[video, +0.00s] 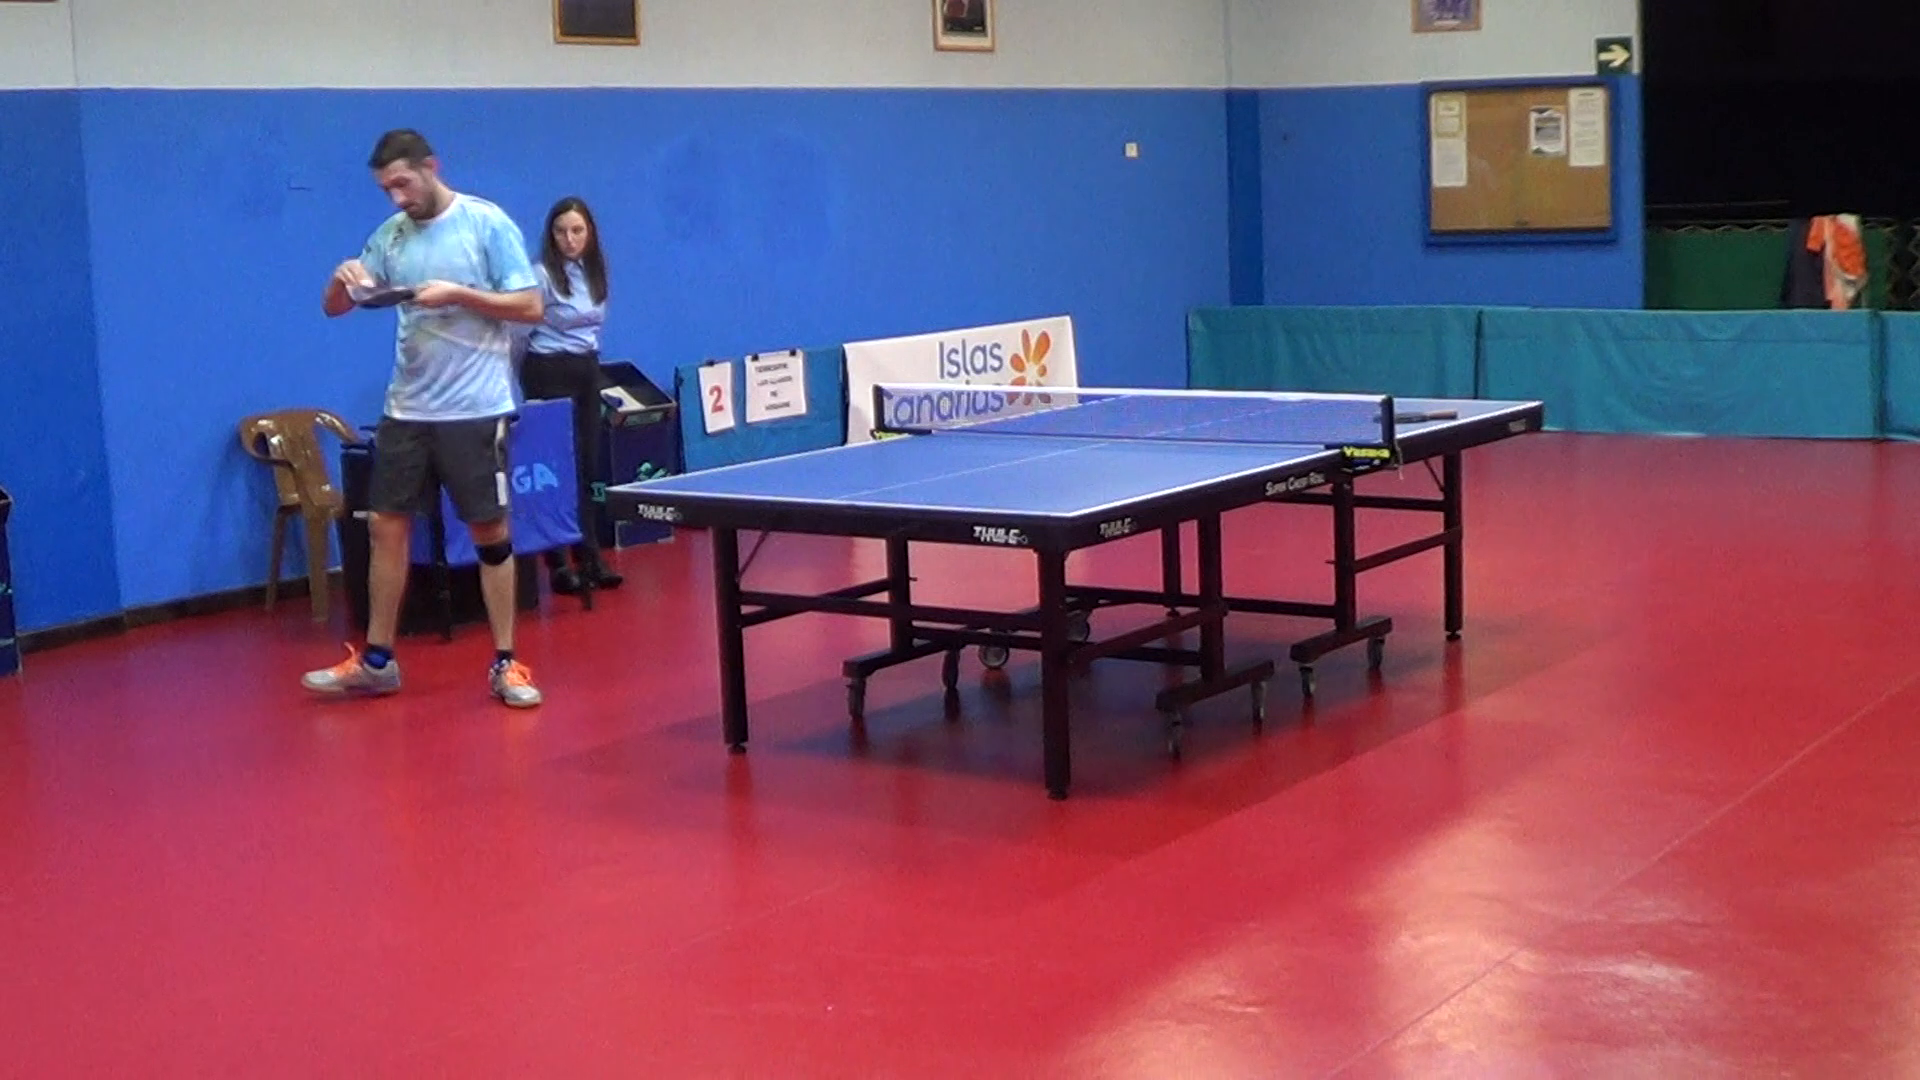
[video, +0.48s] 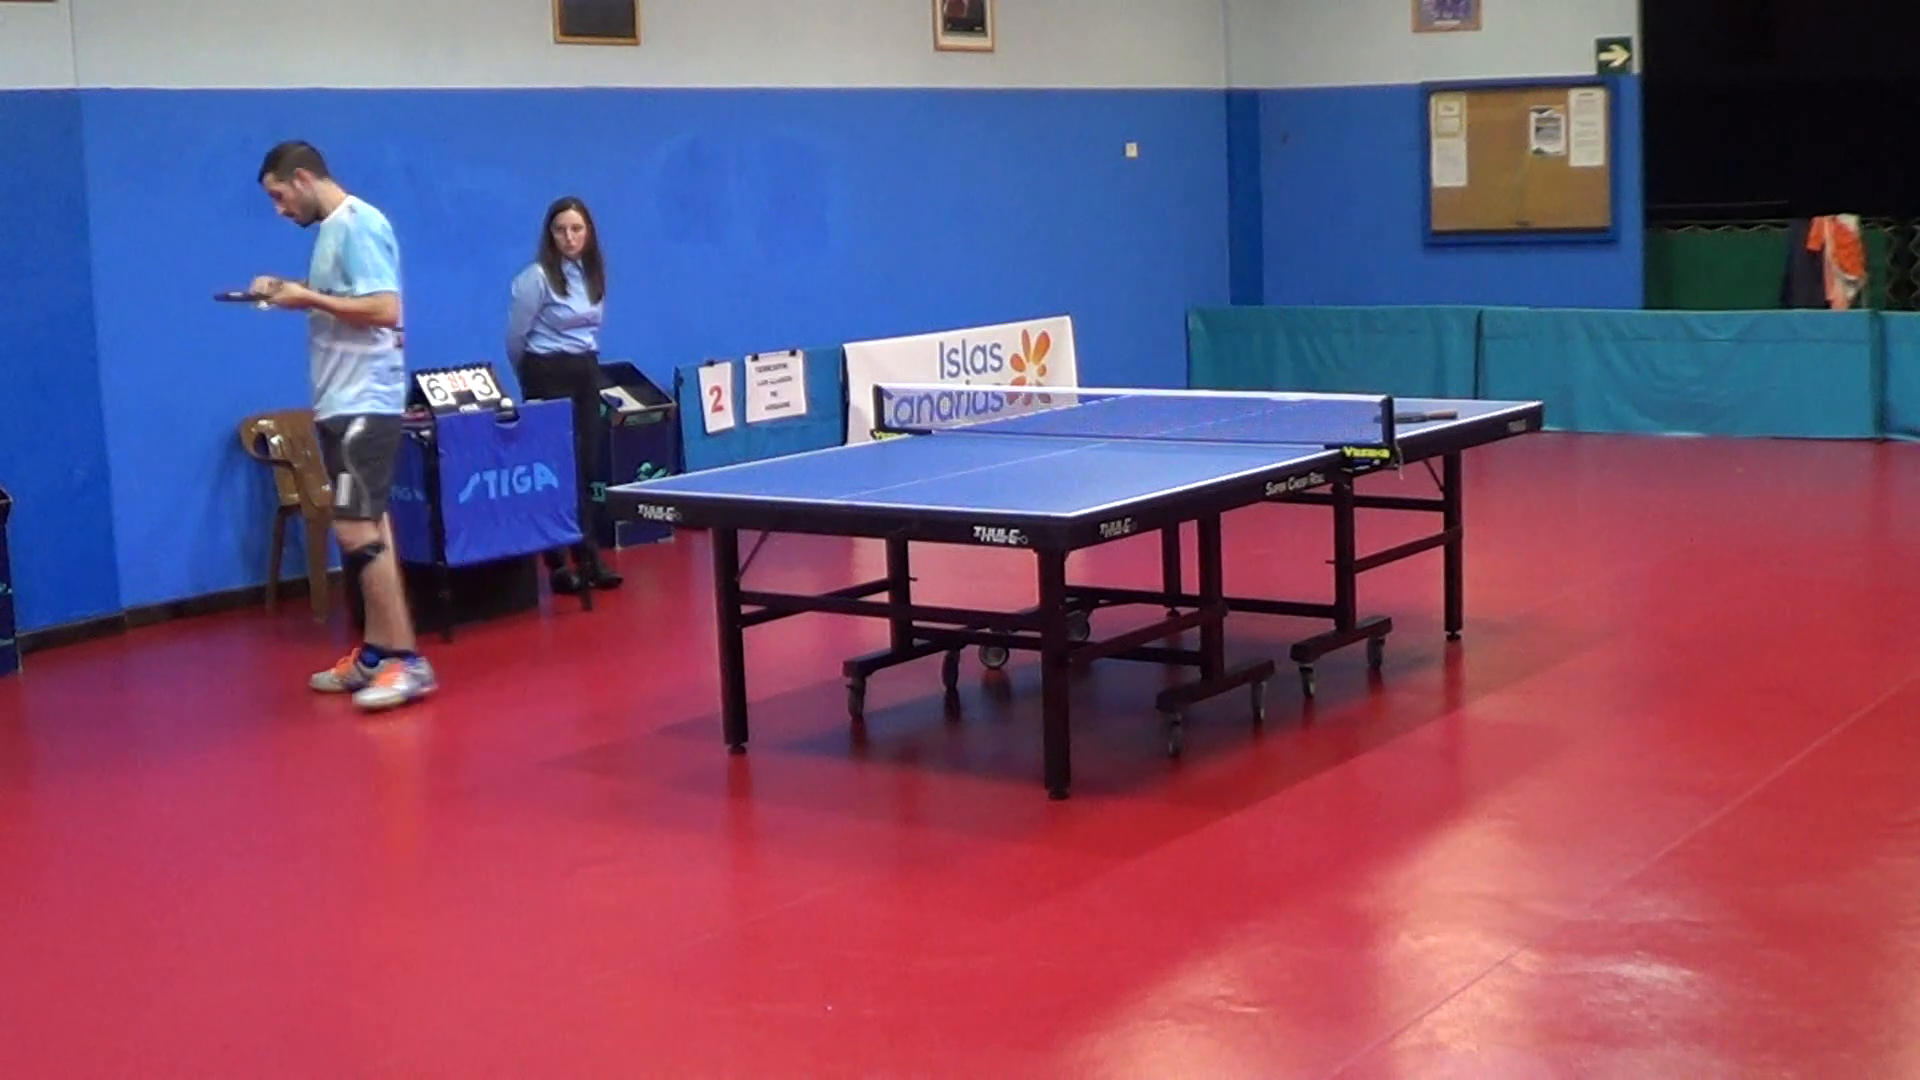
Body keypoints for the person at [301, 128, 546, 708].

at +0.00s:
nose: (398, 196)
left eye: (404, 182)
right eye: (389, 187)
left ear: (432, 168)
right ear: (384, 187)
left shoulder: (488, 223)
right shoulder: (389, 236)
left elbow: (531, 306)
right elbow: (335, 308)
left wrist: (458, 295)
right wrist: (341, 280)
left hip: (476, 407)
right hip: (407, 408)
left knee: (490, 530)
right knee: (386, 524)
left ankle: (506, 662)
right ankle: (378, 660)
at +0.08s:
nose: (372, 200)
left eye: (376, 187)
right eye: (365, 192)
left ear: (406, 170)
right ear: (370, 188)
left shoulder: (468, 223)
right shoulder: (377, 240)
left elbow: (507, 306)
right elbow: (331, 314)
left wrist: (429, 295)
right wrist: (330, 285)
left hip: (461, 405)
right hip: (397, 409)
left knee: (482, 531)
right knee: (384, 525)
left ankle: (505, 661)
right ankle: (375, 657)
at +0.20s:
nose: (336, 206)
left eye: (338, 192)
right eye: (330, 197)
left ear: (369, 175)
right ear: (350, 185)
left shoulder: (431, 223)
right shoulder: (360, 241)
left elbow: (465, 308)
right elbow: (321, 322)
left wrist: (383, 297)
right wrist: (315, 293)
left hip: (432, 412)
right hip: (376, 415)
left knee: (464, 535)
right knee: (382, 531)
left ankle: (501, 661)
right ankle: (375, 659)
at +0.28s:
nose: (316, 208)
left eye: (316, 195)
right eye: (309, 199)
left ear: (346, 177)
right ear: (333, 185)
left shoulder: (408, 224)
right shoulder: (346, 242)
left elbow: (439, 309)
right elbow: (320, 320)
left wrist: (359, 298)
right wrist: (300, 298)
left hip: (412, 411)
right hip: (362, 413)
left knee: (439, 532)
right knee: (376, 529)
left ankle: (488, 657)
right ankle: (375, 658)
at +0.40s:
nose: (293, 209)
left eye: (293, 196)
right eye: (287, 200)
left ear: (320, 178)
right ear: (314, 184)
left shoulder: (380, 224)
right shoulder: (334, 235)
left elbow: (406, 309)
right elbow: (334, 304)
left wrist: (329, 300)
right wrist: (288, 294)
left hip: (385, 406)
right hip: (347, 407)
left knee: (391, 528)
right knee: (365, 527)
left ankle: (449, 660)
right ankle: (374, 657)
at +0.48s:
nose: (280, 210)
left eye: (278, 196)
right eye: (274, 200)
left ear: (303, 178)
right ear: (303, 180)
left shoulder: (361, 226)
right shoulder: (334, 232)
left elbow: (385, 310)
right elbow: (340, 303)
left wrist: (307, 298)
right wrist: (287, 290)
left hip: (367, 404)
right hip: (341, 403)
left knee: (356, 528)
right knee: (367, 528)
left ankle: (406, 660)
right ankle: (375, 654)